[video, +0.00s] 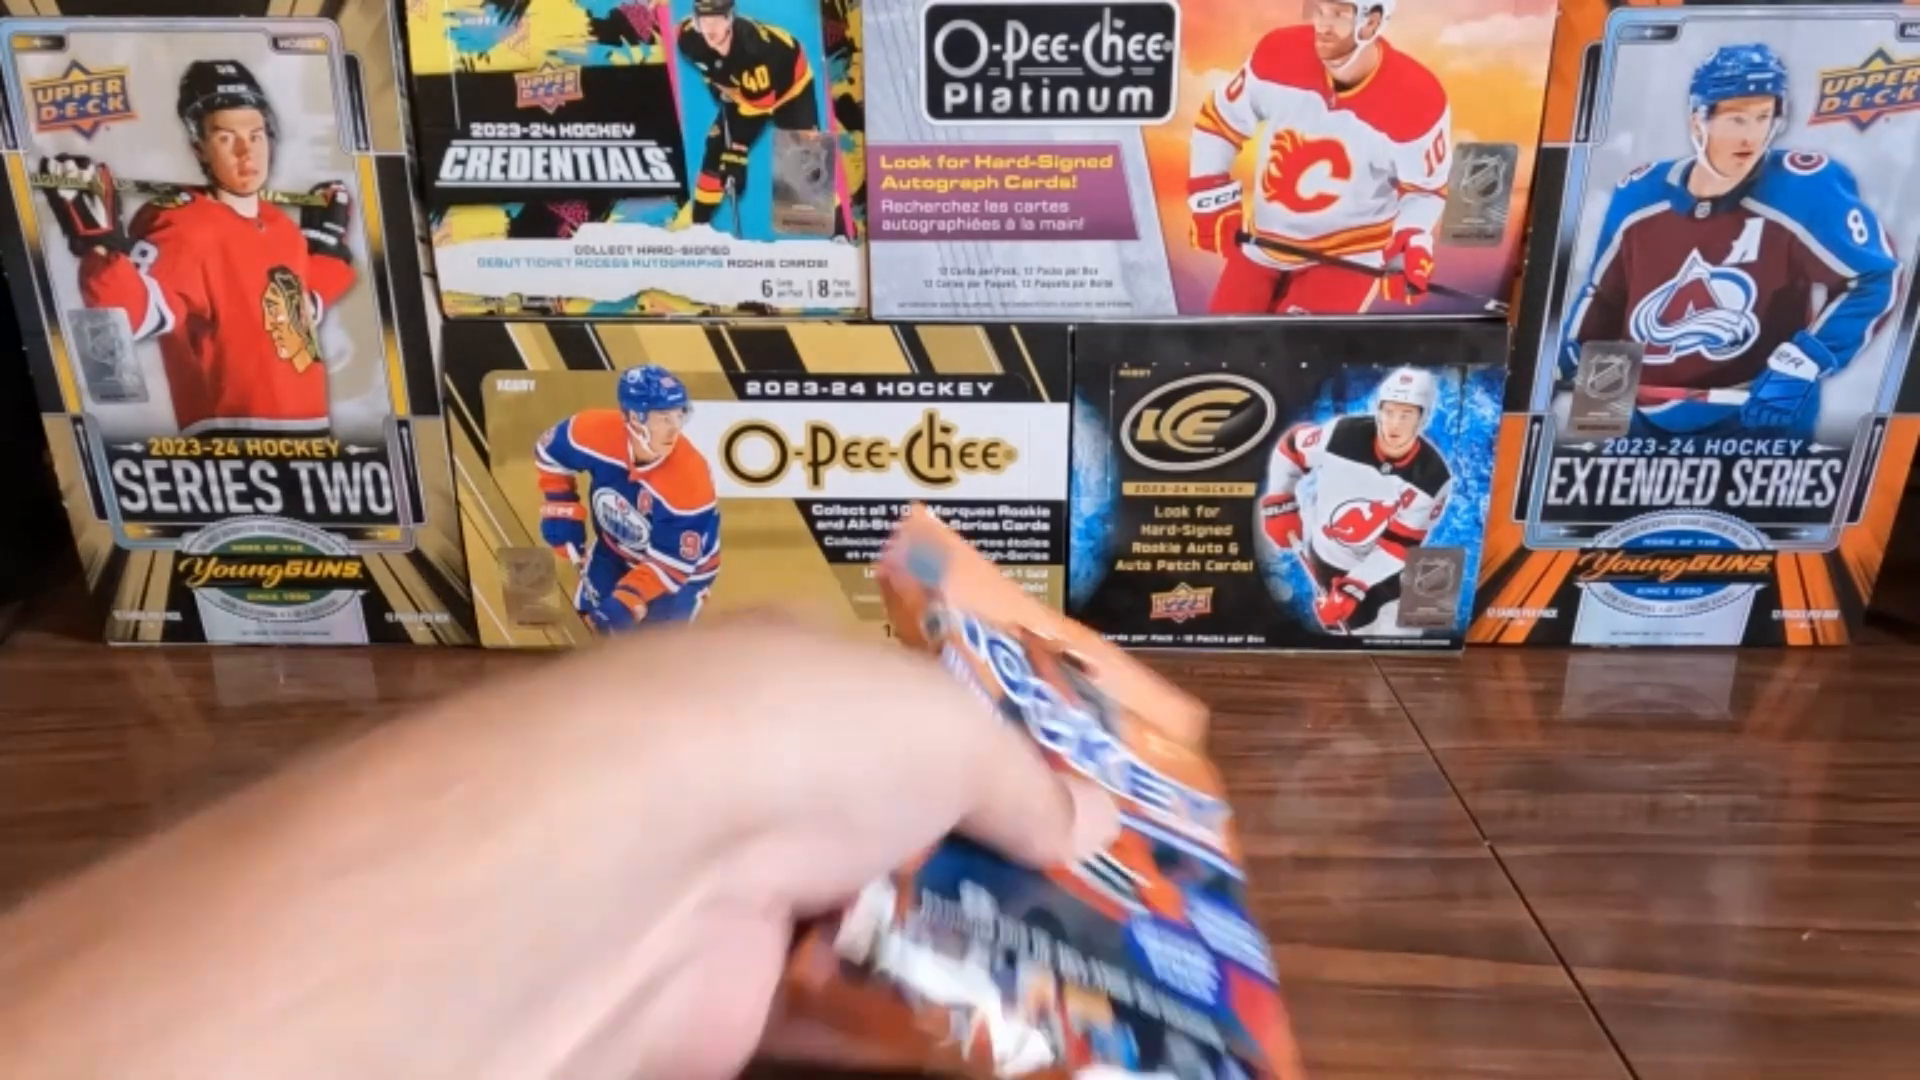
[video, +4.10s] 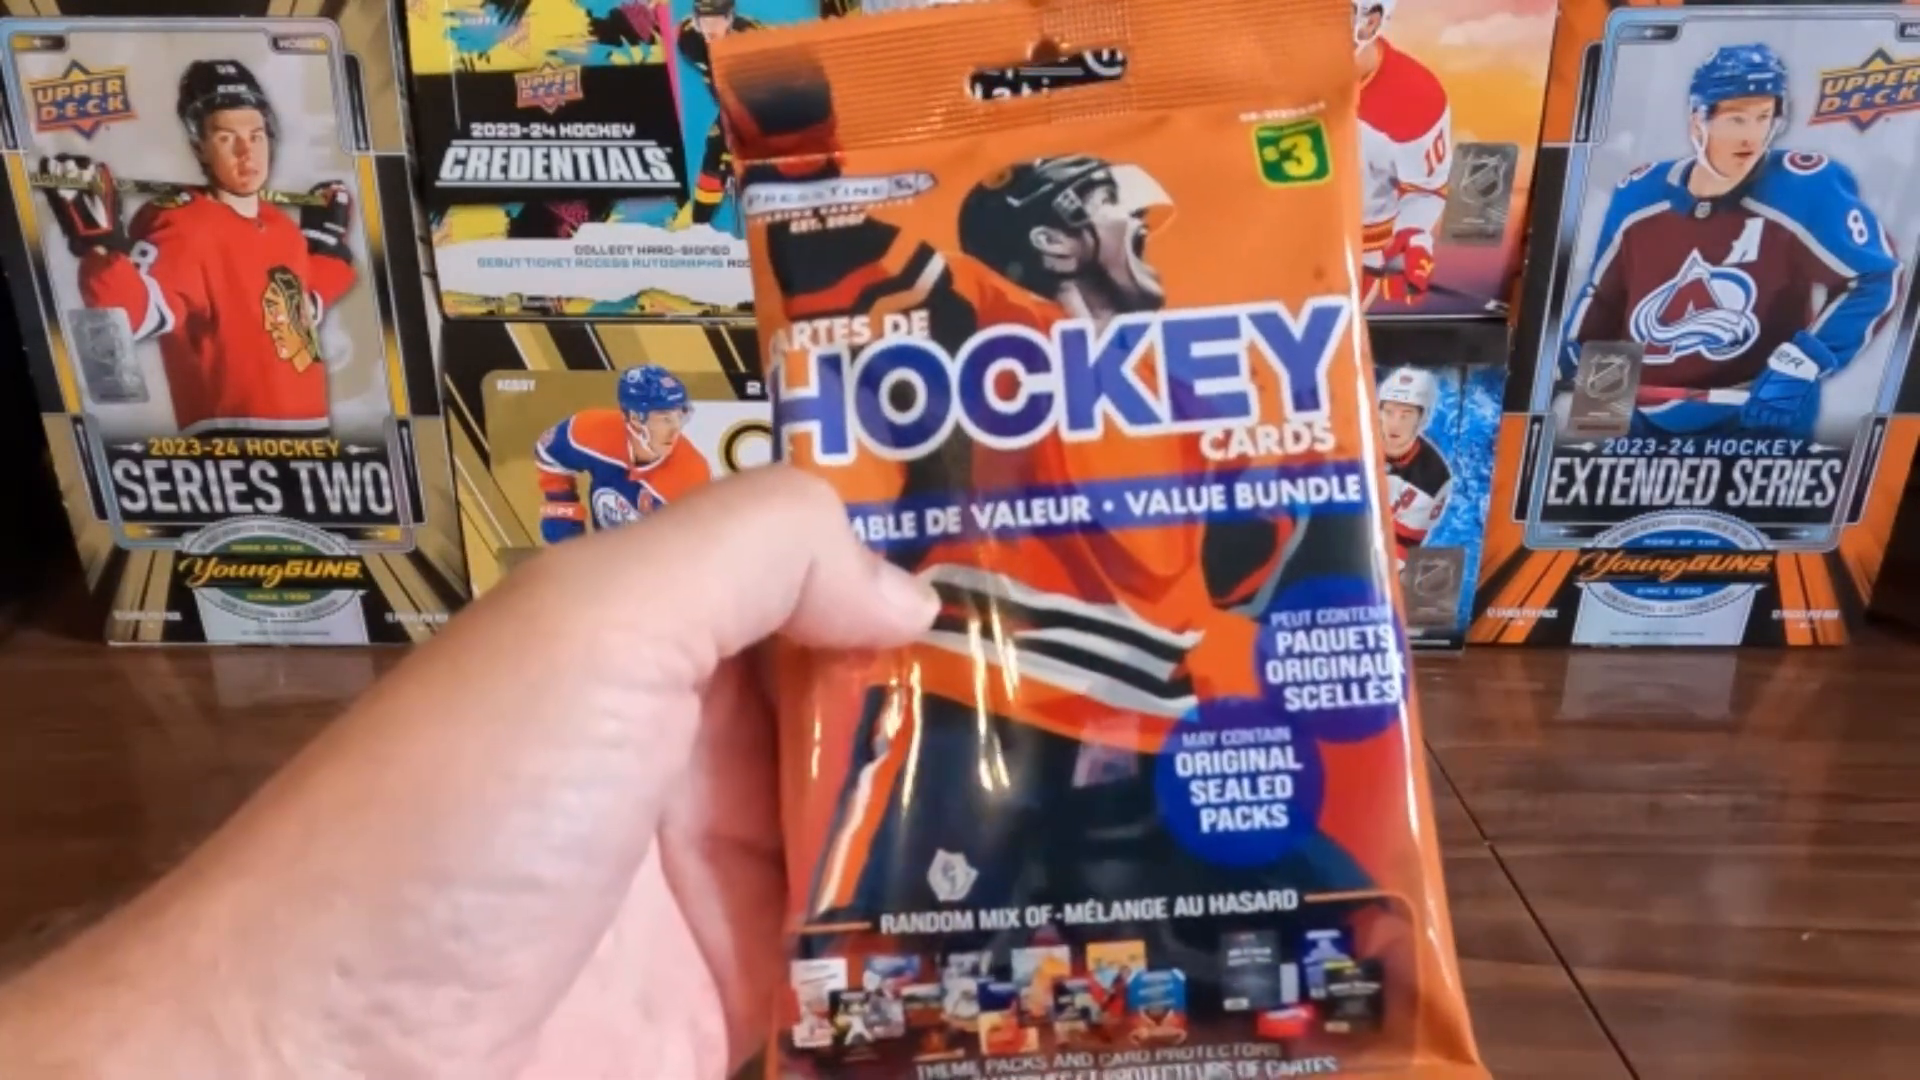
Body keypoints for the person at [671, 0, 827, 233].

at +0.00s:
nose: (710, 29)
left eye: (716, 22)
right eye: (704, 22)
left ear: (730, 19)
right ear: (696, 22)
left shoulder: (753, 47)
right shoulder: (689, 38)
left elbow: (759, 107)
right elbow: (707, 68)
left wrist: (737, 154)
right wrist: (720, 88)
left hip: (791, 91)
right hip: (741, 97)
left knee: (807, 159)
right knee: (716, 147)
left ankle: (841, 230)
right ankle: (698, 222)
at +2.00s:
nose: (710, 30)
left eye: (716, 21)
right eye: (704, 22)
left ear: (730, 19)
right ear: (696, 22)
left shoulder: (753, 50)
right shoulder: (688, 38)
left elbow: (757, 109)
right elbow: (711, 72)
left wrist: (736, 153)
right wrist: (726, 92)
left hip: (789, 92)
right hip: (739, 96)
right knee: (718, 145)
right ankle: (699, 218)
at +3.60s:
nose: (711, 33)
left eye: (717, 26)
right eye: (705, 26)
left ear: (730, 19)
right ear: (696, 21)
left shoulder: (754, 36)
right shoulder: (688, 39)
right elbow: (710, 73)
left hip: (762, 109)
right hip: (728, 109)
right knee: (714, 160)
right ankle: (700, 221)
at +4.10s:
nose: (710, 30)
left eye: (716, 22)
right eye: (704, 22)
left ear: (730, 18)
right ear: (696, 20)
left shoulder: (752, 35)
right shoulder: (688, 39)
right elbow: (710, 73)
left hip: (761, 111)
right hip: (727, 111)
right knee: (714, 161)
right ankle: (700, 220)